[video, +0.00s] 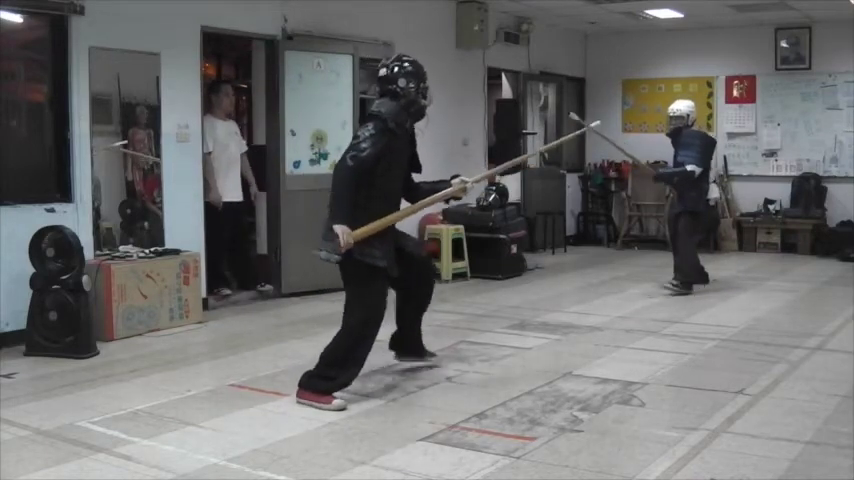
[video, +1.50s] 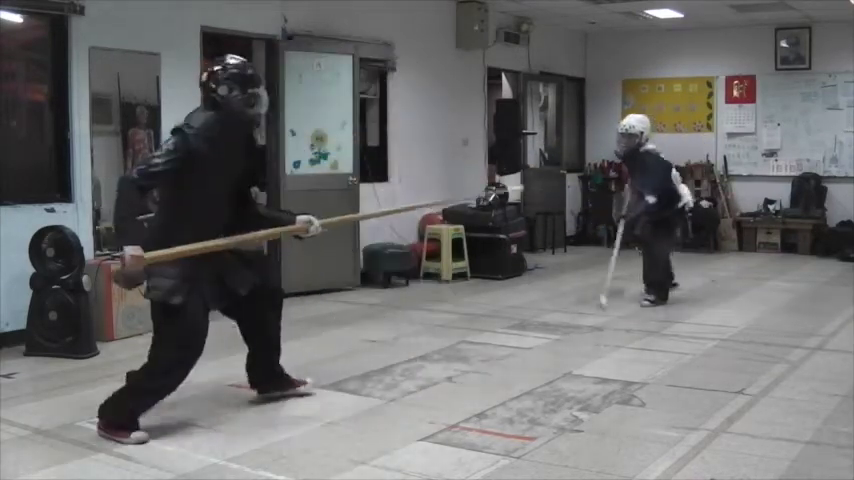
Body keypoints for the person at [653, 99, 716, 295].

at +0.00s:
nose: (672, 122)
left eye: (677, 119)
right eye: (671, 118)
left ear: (688, 119)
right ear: (669, 118)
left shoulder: (695, 138)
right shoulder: (680, 140)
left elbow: (693, 171)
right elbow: (681, 168)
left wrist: (662, 174)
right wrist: (663, 171)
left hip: (693, 195)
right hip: (682, 194)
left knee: (684, 231)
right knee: (676, 229)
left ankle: (685, 281)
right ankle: (692, 273)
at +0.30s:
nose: (662, 132)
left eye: (667, 128)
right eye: (660, 127)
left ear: (678, 129)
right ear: (658, 127)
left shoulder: (679, 149)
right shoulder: (669, 148)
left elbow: (669, 180)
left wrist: (636, 188)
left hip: (685, 206)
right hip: (680, 204)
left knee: (668, 243)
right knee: (676, 241)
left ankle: (673, 286)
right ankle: (695, 274)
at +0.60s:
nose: (659, 134)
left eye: (664, 130)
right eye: (658, 130)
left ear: (675, 132)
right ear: (655, 130)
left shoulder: (676, 151)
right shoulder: (665, 151)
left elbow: (663, 185)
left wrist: (633, 194)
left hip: (684, 208)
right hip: (677, 207)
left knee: (663, 240)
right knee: (669, 241)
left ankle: (671, 287)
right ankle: (690, 276)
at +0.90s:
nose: (637, 147)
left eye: (643, 143)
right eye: (636, 142)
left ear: (655, 145)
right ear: (634, 142)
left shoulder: (661, 166)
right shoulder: (643, 165)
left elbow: (650, 197)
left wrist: (623, 205)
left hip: (678, 214)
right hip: (666, 213)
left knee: (657, 244)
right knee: (677, 243)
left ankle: (658, 293)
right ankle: (693, 273)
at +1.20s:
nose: (628, 152)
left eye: (634, 148)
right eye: (627, 148)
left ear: (646, 150)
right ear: (624, 147)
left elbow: (654, 198)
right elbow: (622, 190)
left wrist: (626, 203)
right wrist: (618, 198)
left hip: (670, 216)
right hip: (653, 217)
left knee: (652, 254)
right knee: (681, 253)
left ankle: (657, 294)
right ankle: (722, 272)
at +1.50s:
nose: (623, 141)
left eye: (629, 137)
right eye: (621, 136)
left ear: (641, 138)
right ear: (619, 136)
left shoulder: (650, 160)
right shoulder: (631, 159)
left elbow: (669, 196)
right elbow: (636, 189)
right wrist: (628, 211)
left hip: (668, 207)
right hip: (652, 205)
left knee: (656, 245)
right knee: (651, 243)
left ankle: (658, 292)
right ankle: (665, 278)